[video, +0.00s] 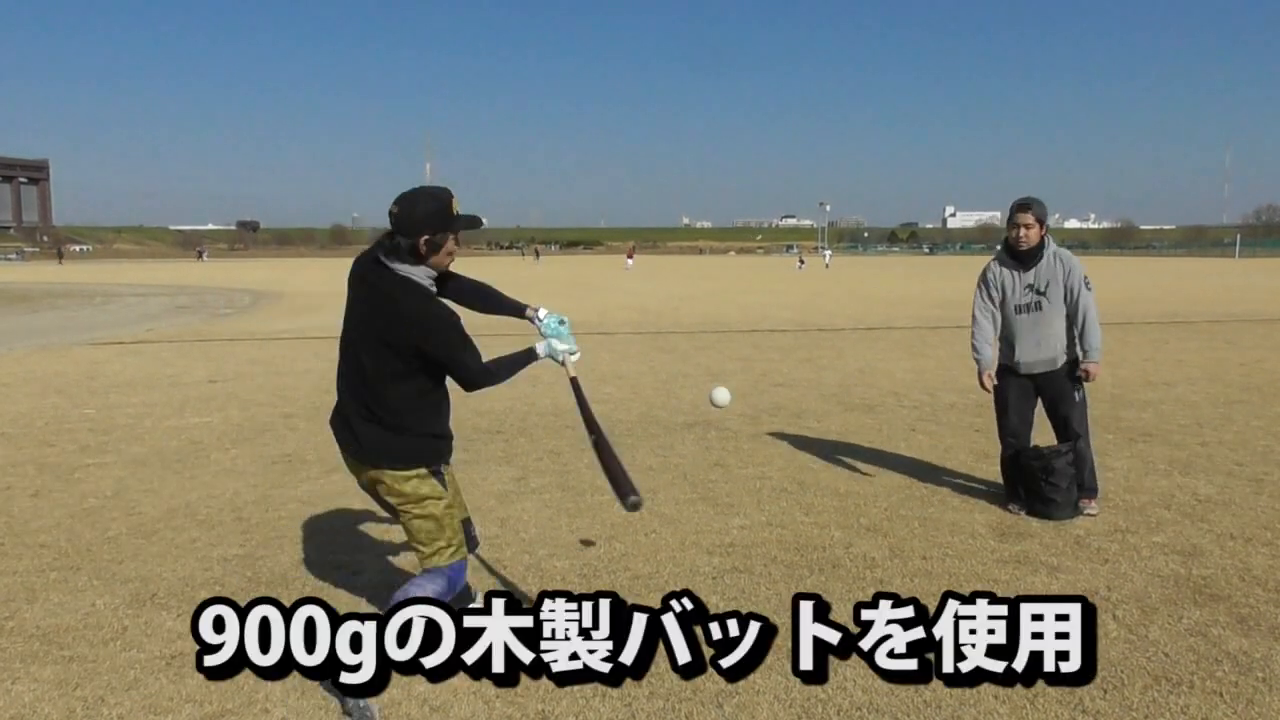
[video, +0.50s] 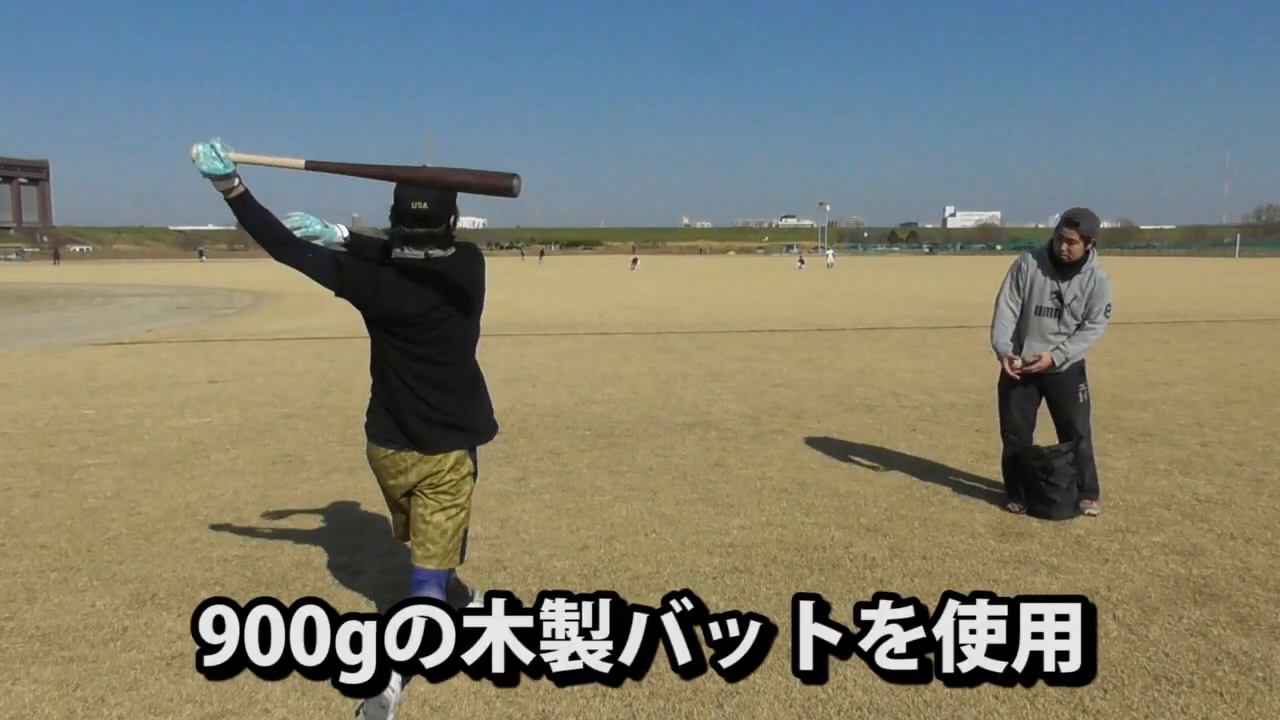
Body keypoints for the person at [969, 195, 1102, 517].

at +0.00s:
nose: (1020, 233)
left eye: (1027, 226)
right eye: (1014, 226)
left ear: (1043, 229)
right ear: (1007, 229)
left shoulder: (1066, 264)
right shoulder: (995, 271)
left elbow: (1084, 310)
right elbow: (984, 319)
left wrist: (1091, 356)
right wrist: (985, 362)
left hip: (1059, 366)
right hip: (1013, 369)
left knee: (1074, 434)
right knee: (1013, 436)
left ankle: (1086, 493)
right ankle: (1016, 496)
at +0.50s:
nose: (1063, 247)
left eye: (1072, 242)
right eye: (1060, 239)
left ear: (1089, 244)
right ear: (1053, 235)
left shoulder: (1097, 280)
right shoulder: (1028, 265)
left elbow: (1092, 329)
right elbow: (1006, 308)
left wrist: (1055, 357)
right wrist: (1004, 349)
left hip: (1066, 366)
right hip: (1019, 363)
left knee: (1077, 432)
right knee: (1015, 433)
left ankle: (1087, 494)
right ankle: (1016, 493)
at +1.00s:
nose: (1044, 320)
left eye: (1052, 316)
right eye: (1039, 313)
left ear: (1067, 310)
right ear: (1033, 301)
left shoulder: (1082, 321)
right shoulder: (1013, 305)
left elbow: (1085, 372)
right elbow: (998, 345)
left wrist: (1067, 419)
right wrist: (1002, 385)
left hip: (1062, 379)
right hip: (1021, 377)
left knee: (1076, 433)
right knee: (1014, 434)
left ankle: (1087, 495)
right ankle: (1015, 494)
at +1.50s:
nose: (1007, 312)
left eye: (1007, 306)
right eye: (999, 311)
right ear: (986, 313)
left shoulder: (1033, 335)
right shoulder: (1003, 309)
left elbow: (1038, 386)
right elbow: (1001, 340)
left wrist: (1030, 433)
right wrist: (1003, 377)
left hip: (1080, 368)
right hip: (1040, 368)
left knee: (1076, 432)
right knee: (1027, 430)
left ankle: (1088, 495)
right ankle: (1018, 490)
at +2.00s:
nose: (975, 325)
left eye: (973, 321)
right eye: (973, 321)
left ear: (979, 319)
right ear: (987, 297)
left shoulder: (1025, 344)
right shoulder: (1001, 304)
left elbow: (1040, 400)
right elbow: (1002, 346)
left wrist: (1036, 447)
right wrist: (1007, 378)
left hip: (1079, 367)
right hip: (1041, 366)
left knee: (1070, 430)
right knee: (1024, 427)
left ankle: (1088, 493)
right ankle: (1016, 490)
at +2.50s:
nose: (980, 327)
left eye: (978, 323)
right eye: (978, 323)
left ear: (985, 322)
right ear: (992, 296)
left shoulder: (1030, 345)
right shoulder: (1004, 303)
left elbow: (1034, 399)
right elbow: (1002, 344)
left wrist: (1029, 443)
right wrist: (1004, 378)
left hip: (1077, 366)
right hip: (1040, 366)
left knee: (1070, 430)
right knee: (1023, 425)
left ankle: (1088, 492)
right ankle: (1016, 490)